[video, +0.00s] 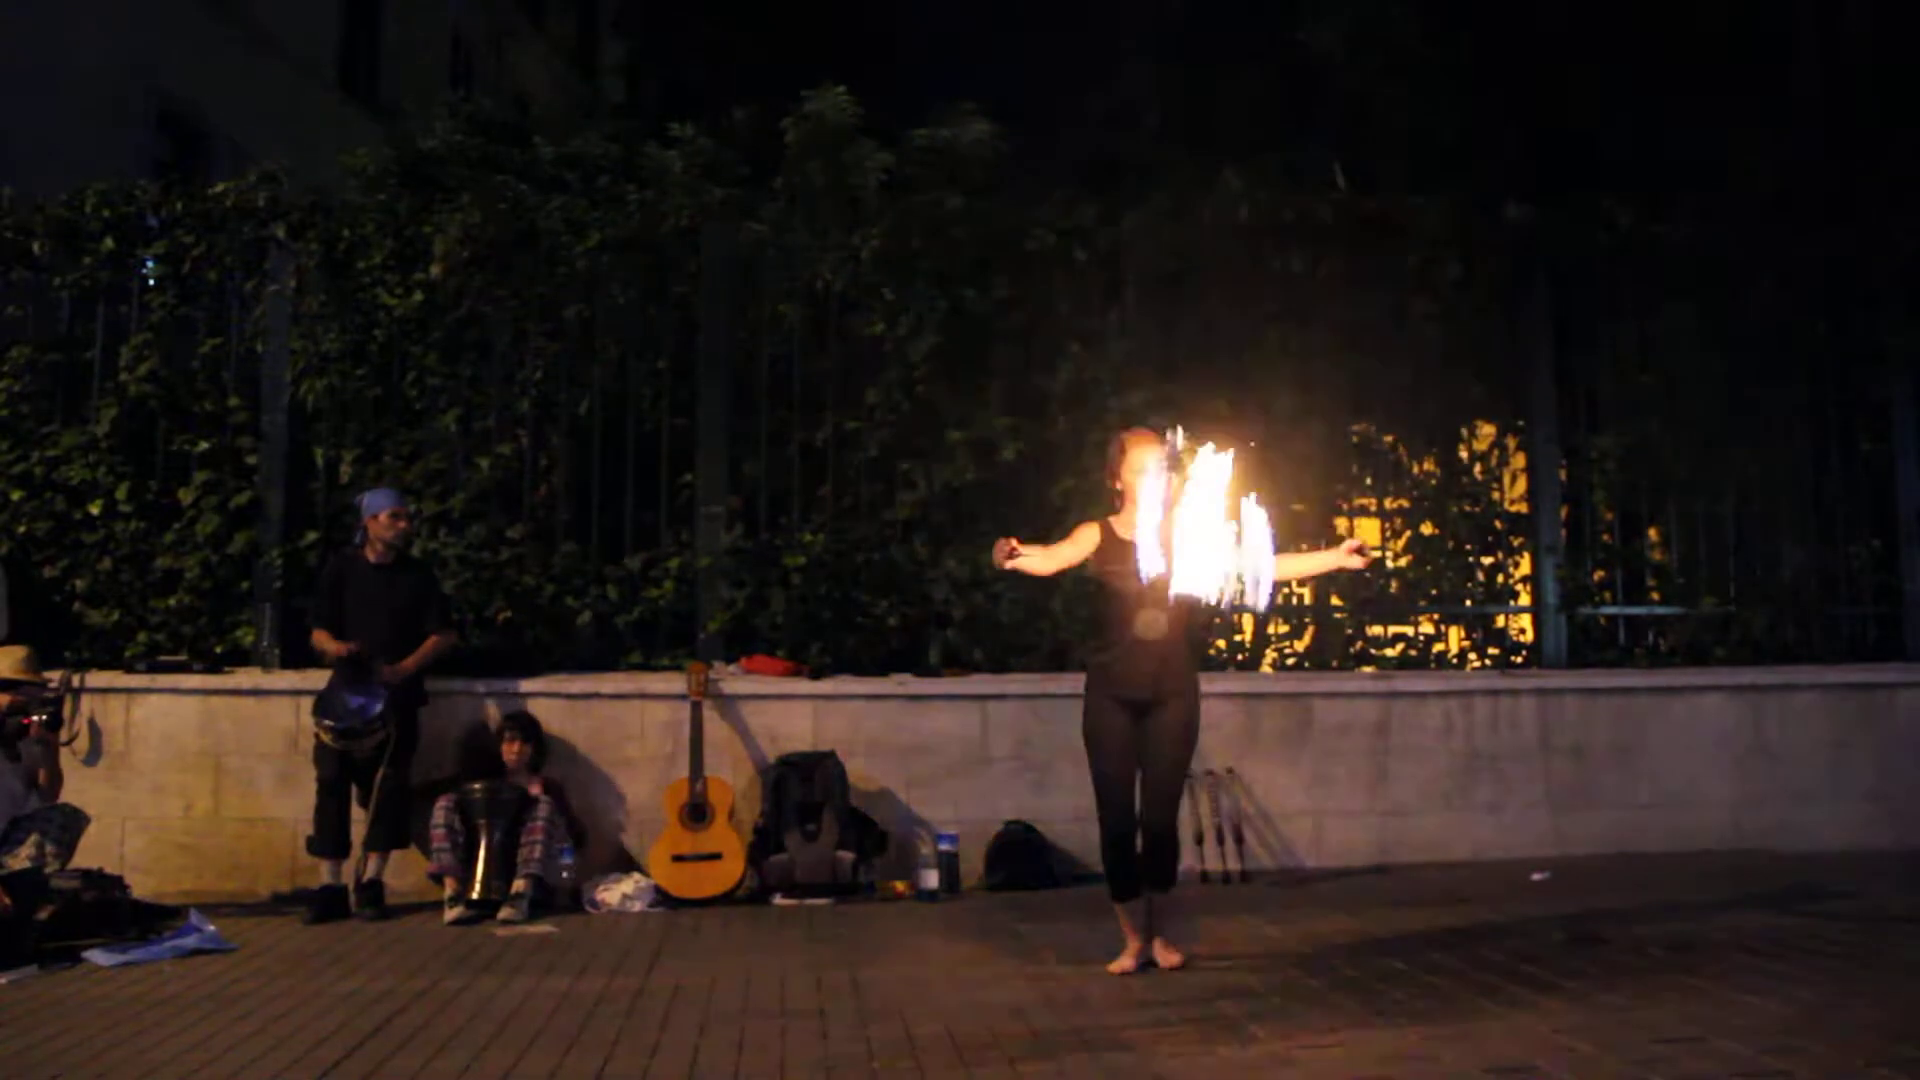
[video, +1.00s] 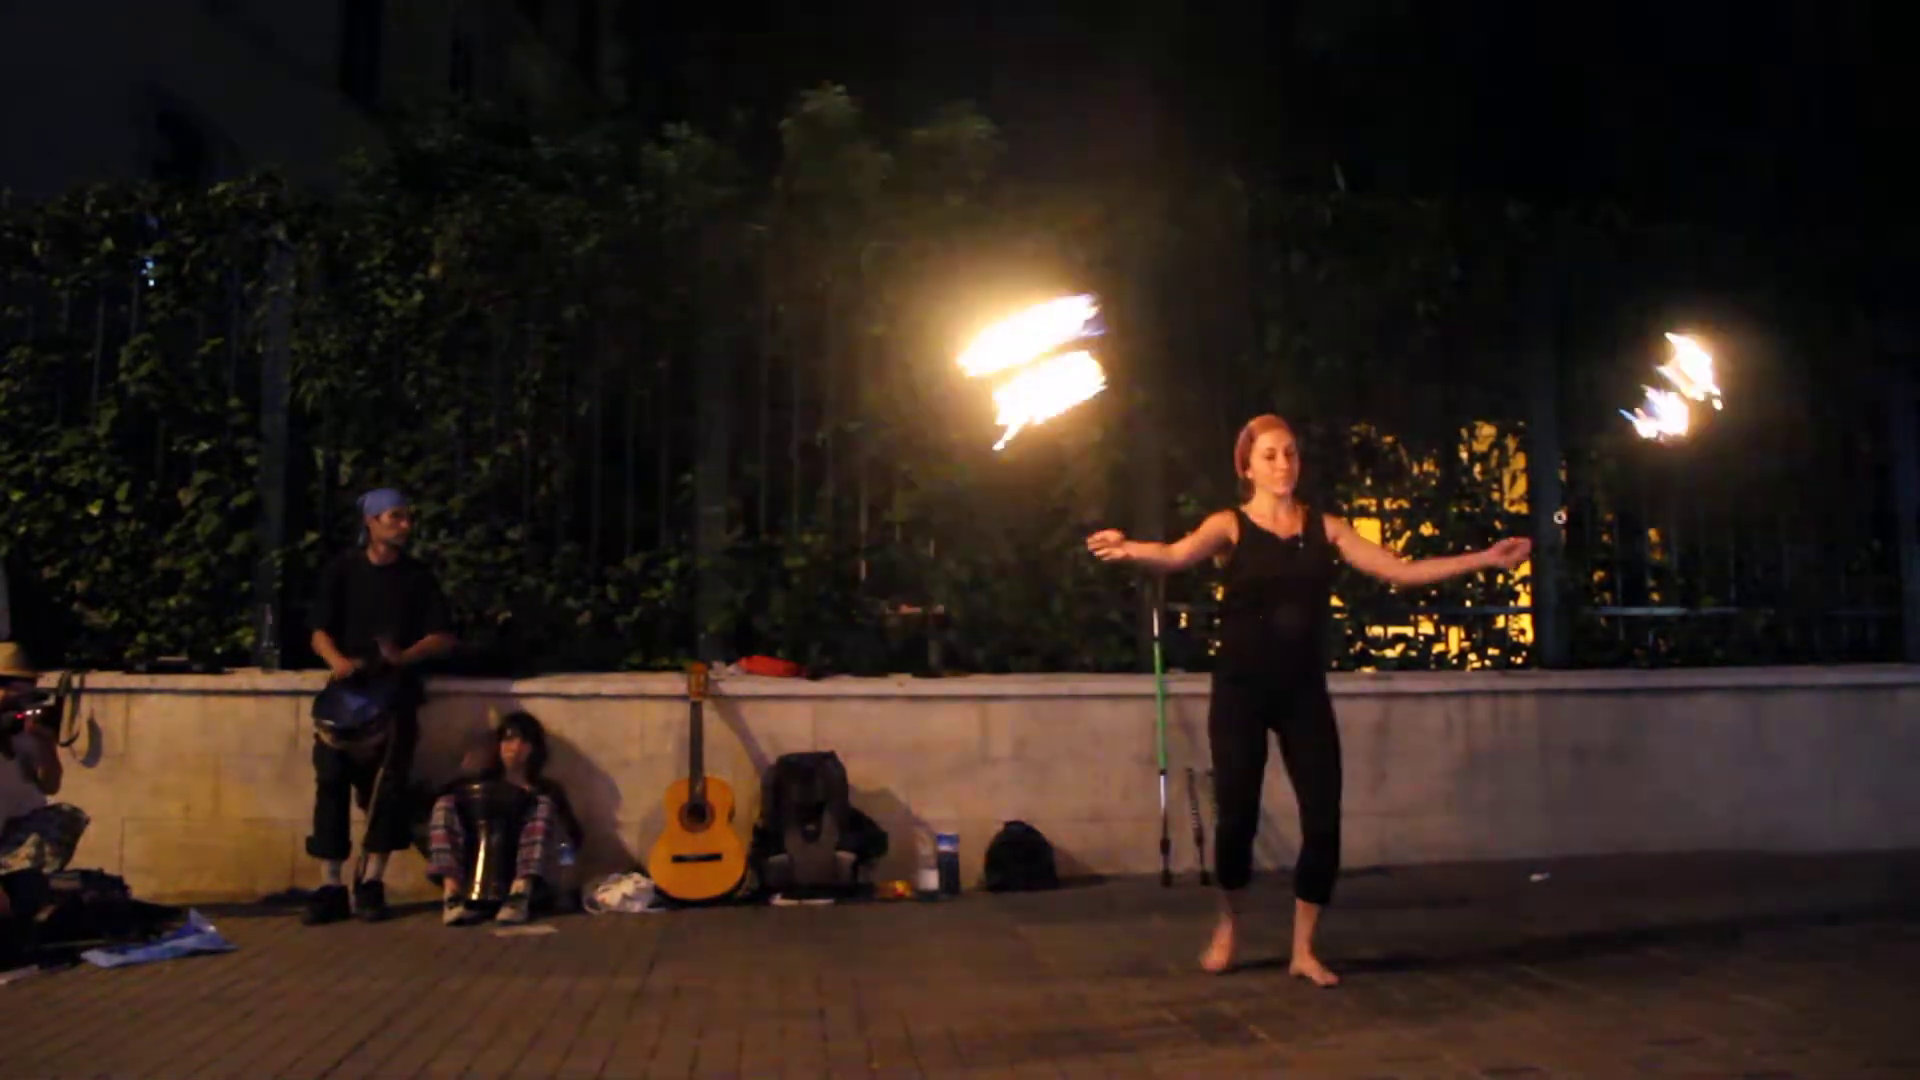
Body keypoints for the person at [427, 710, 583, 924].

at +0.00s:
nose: (516, 749)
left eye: (524, 742)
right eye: (510, 741)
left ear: (534, 749)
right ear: (500, 746)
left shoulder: (547, 787)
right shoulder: (487, 783)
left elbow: (570, 838)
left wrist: (541, 800)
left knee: (543, 806)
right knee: (445, 804)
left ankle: (521, 891)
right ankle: (452, 892)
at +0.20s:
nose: (515, 748)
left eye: (523, 741)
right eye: (508, 740)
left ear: (533, 749)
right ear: (498, 746)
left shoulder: (547, 787)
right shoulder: (483, 784)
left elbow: (572, 840)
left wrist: (540, 799)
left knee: (542, 806)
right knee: (444, 805)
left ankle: (520, 893)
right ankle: (451, 893)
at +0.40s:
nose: (511, 749)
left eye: (520, 743)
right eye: (505, 740)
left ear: (531, 750)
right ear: (495, 744)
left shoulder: (549, 788)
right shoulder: (477, 781)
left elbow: (570, 837)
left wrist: (536, 799)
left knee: (543, 806)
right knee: (445, 805)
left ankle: (521, 892)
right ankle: (452, 894)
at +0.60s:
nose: (510, 749)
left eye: (519, 744)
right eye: (505, 740)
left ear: (531, 752)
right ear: (495, 744)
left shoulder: (545, 788)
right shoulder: (475, 783)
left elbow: (572, 838)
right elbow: (434, 793)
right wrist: (468, 766)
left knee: (543, 804)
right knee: (444, 805)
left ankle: (520, 894)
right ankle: (451, 895)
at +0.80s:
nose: (507, 751)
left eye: (516, 745)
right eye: (501, 744)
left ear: (530, 750)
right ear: (491, 746)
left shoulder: (548, 787)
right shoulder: (479, 781)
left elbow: (573, 840)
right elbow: (443, 780)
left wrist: (539, 796)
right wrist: (487, 758)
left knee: (543, 807)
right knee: (444, 805)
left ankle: (521, 893)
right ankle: (451, 894)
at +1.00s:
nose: (514, 748)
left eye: (522, 741)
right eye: (508, 740)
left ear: (533, 749)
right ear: (499, 745)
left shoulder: (549, 790)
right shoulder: (480, 786)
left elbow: (573, 838)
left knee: (543, 806)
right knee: (444, 805)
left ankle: (520, 893)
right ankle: (451, 894)